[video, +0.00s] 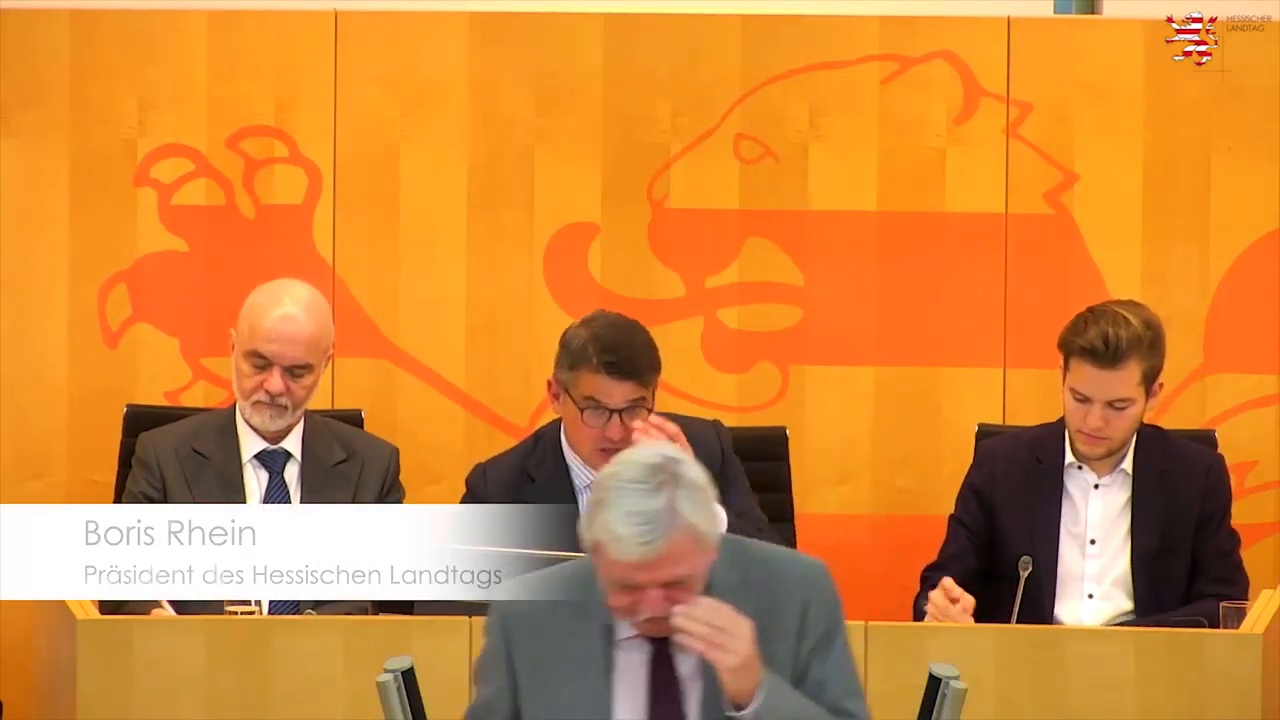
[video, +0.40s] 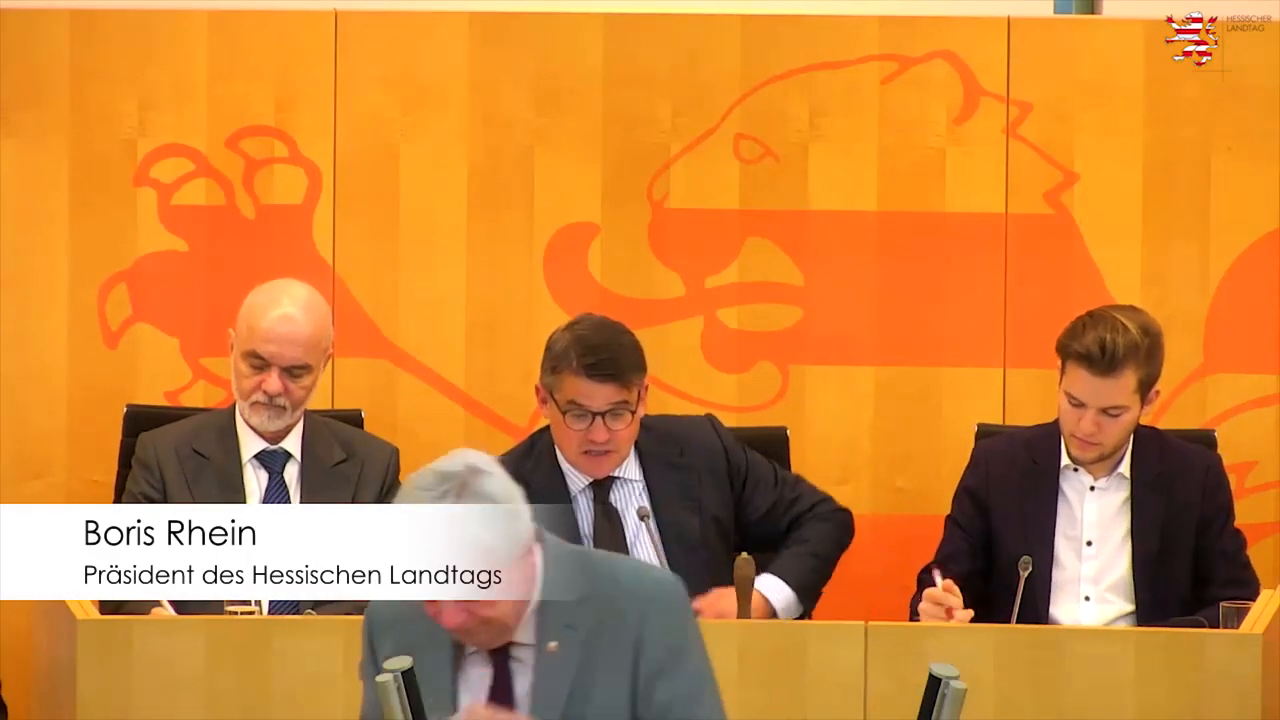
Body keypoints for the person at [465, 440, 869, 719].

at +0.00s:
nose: (653, 610)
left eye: (676, 586)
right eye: (628, 588)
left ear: (712, 547)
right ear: (594, 555)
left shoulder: (800, 592)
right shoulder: (523, 616)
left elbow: (847, 714)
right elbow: (486, 716)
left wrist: (755, 691)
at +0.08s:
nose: (622, 612)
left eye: (645, 587)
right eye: (597, 590)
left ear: (684, 549)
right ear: (565, 556)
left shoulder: (775, 594)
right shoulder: (497, 625)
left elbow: (821, 712)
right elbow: (465, 714)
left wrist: (723, 695)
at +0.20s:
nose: (549, 612)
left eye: (572, 588)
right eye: (524, 590)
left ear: (614, 553)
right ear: (497, 566)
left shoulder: (713, 594)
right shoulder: (444, 611)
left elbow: (757, 713)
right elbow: (435, 712)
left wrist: (649, 704)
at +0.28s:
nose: (516, 613)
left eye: (540, 589)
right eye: (491, 587)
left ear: (588, 555)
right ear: (468, 568)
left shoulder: (691, 595)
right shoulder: (426, 608)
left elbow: (734, 714)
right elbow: (408, 711)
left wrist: (617, 710)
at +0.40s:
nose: (449, 617)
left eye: (474, 591)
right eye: (430, 591)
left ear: (530, 553)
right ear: (407, 577)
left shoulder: (646, 603)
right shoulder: (390, 617)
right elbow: (377, 714)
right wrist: (455, 715)